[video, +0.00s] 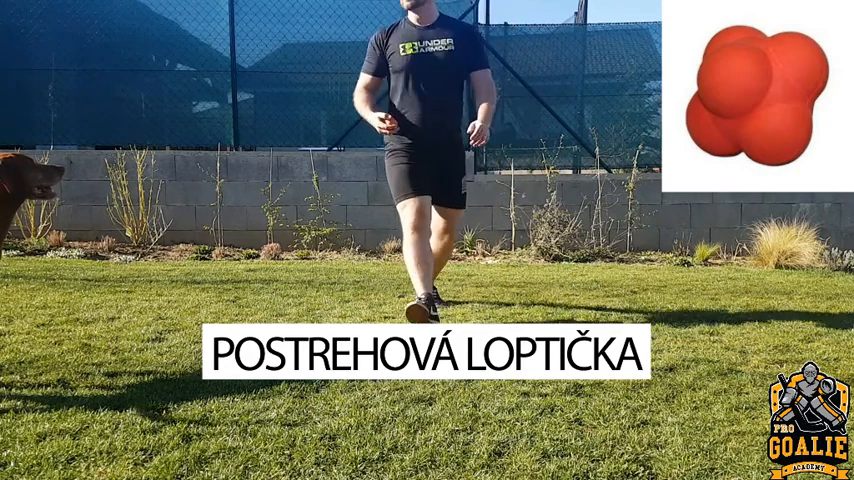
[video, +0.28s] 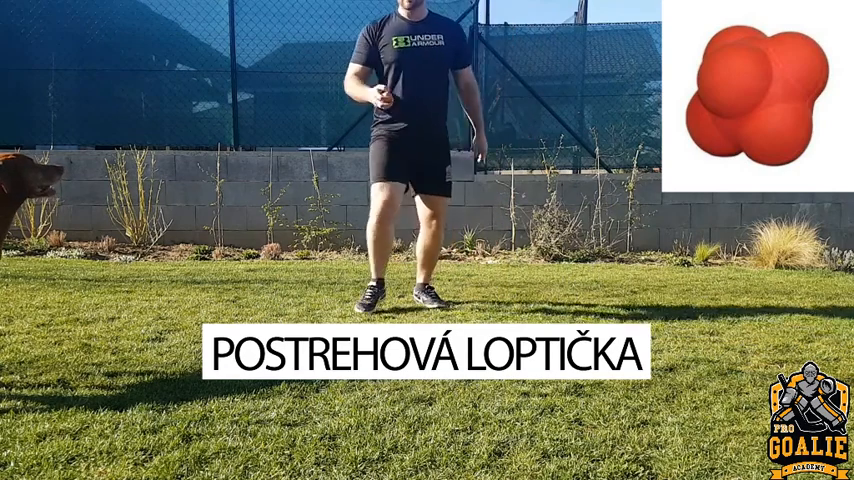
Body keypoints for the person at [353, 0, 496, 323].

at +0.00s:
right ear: (400, 0)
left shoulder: (464, 33)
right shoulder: (384, 38)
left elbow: (485, 88)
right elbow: (362, 92)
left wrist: (483, 120)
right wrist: (372, 115)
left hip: (448, 142)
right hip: (404, 141)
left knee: (445, 233)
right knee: (414, 220)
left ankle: (425, 286)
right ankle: (425, 299)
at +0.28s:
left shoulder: (450, 30)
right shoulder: (375, 30)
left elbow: (467, 83)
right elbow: (352, 82)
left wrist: (479, 130)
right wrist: (370, 93)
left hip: (432, 132)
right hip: (390, 131)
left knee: (434, 214)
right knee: (384, 204)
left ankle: (423, 286)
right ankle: (376, 284)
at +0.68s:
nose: (366, 7)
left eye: (371, 1)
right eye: (359, 2)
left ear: (382, 2)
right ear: (352, 4)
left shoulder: (411, 35)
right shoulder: (336, 40)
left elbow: (431, 88)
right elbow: (321, 94)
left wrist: (437, 135)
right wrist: (342, 59)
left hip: (401, 141)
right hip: (354, 140)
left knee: (416, 213)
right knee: (338, 212)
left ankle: (424, 285)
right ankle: (323, 290)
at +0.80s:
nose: (360, 9)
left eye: (366, 3)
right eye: (354, 4)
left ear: (377, 2)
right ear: (345, 5)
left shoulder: (407, 35)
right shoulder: (331, 43)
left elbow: (424, 86)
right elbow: (317, 97)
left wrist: (421, 120)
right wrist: (338, 98)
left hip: (398, 138)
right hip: (351, 140)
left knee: (416, 210)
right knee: (335, 212)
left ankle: (428, 285)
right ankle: (323, 290)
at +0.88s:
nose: (361, 11)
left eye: (367, 4)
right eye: (354, 6)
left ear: (378, 3)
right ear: (346, 7)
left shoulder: (407, 36)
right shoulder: (334, 45)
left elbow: (425, 88)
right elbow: (324, 100)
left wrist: (412, 115)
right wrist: (330, 145)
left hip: (399, 138)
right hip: (352, 140)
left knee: (416, 210)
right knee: (337, 211)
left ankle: (429, 285)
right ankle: (323, 290)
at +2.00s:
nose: (345, 20)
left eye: (351, 12)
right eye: (339, 14)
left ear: (364, 7)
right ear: (332, 13)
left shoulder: (393, 42)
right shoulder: (318, 50)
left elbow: (413, 97)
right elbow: (304, 106)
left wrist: (379, 117)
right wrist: (324, 94)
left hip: (389, 142)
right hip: (344, 144)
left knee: (412, 212)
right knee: (327, 211)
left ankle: (428, 285)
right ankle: (322, 290)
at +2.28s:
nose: (355, 22)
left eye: (361, 15)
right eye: (349, 17)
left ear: (375, 9)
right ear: (342, 16)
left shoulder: (405, 46)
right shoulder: (331, 55)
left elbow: (430, 98)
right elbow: (319, 105)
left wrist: (402, 129)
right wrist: (323, 140)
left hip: (401, 145)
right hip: (355, 145)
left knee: (419, 212)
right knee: (336, 210)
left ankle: (429, 286)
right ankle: (324, 290)